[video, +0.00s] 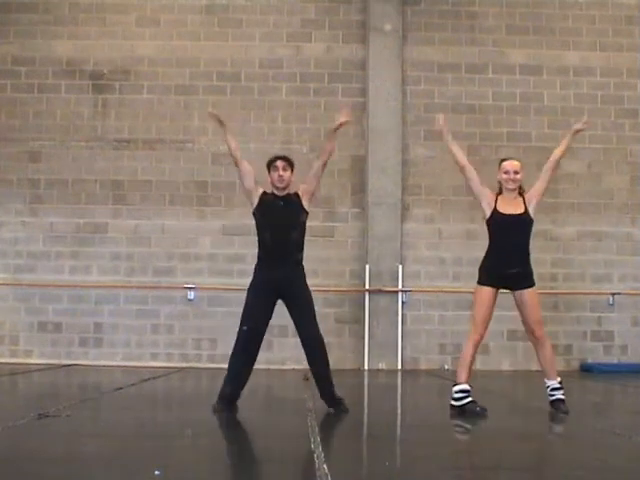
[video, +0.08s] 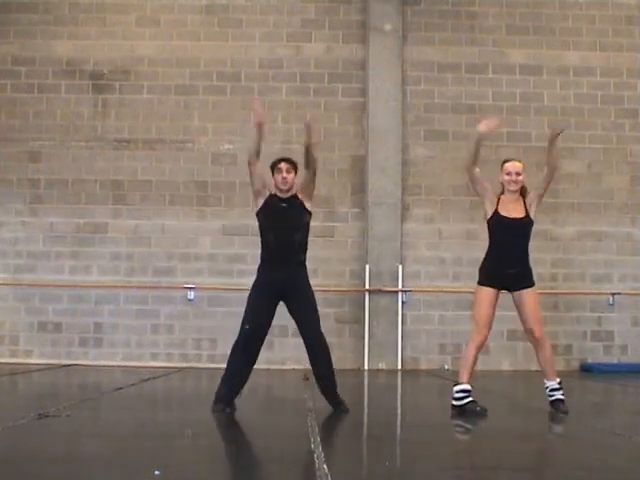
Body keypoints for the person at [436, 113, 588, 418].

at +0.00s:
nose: (511, 175)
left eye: (516, 172)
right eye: (506, 172)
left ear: (522, 177)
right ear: (499, 176)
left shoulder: (529, 200)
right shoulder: (489, 200)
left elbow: (551, 165)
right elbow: (466, 166)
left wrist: (571, 134)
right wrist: (446, 136)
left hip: (521, 273)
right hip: (491, 272)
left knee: (538, 333)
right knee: (477, 335)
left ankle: (555, 389)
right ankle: (460, 391)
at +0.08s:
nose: (513, 178)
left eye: (518, 174)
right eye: (509, 173)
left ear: (524, 178)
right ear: (501, 177)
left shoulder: (531, 201)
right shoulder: (491, 199)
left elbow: (551, 172)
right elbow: (471, 169)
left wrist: (552, 142)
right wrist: (478, 136)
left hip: (521, 275)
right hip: (491, 274)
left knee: (537, 334)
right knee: (480, 335)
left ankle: (554, 390)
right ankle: (461, 392)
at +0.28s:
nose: (514, 192)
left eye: (518, 188)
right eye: (509, 187)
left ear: (524, 191)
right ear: (501, 191)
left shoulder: (531, 217)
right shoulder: (491, 214)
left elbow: (554, 228)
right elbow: (474, 215)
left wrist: (526, 231)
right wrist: (503, 225)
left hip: (521, 282)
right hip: (493, 282)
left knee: (535, 346)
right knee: (495, 342)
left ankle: (556, 394)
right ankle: (463, 394)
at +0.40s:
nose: (512, 189)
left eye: (517, 185)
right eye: (507, 185)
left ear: (523, 188)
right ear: (498, 188)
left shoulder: (529, 214)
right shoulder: (488, 212)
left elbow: (550, 235)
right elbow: (489, 225)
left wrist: (532, 210)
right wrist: (507, 203)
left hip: (519, 279)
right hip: (490, 278)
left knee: (538, 338)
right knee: (485, 338)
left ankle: (556, 391)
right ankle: (462, 393)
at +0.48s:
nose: (512, 193)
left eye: (516, 188)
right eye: (507, 188)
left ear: (522, 191)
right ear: (498, 191)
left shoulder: (527, 214)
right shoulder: (489, 217)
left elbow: (535, 246)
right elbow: (500, 238)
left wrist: (537, 218)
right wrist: (516, 213)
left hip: (517, 279)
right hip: (489, 279)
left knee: (544, 336)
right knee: (475, 333)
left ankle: (553, 391)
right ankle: (459, 389)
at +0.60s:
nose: (512, 213)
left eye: (516, 209)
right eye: (507, 209)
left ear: (522, 211)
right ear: (499, 212)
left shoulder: (532, 240)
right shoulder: (489, 240)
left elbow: (531, 270)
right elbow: (499, 270)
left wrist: (532, 290)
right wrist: (519, 286)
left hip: (518, 296)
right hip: (488, 295)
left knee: (559, 336)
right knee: (453, 334)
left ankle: (556, 394)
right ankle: (452, 395)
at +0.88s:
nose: (509, 229)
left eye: (514, 225)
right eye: (504, 225)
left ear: (519, 228)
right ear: (496, 228)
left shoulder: (527, 258)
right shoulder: (485, 255)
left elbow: (519, 298)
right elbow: (495, 296)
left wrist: (513, 335)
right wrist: (503, 335)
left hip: (518, 309)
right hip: (487, 309)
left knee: (567, 340)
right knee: (445, 336)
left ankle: (559, 397)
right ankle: (450, 397)